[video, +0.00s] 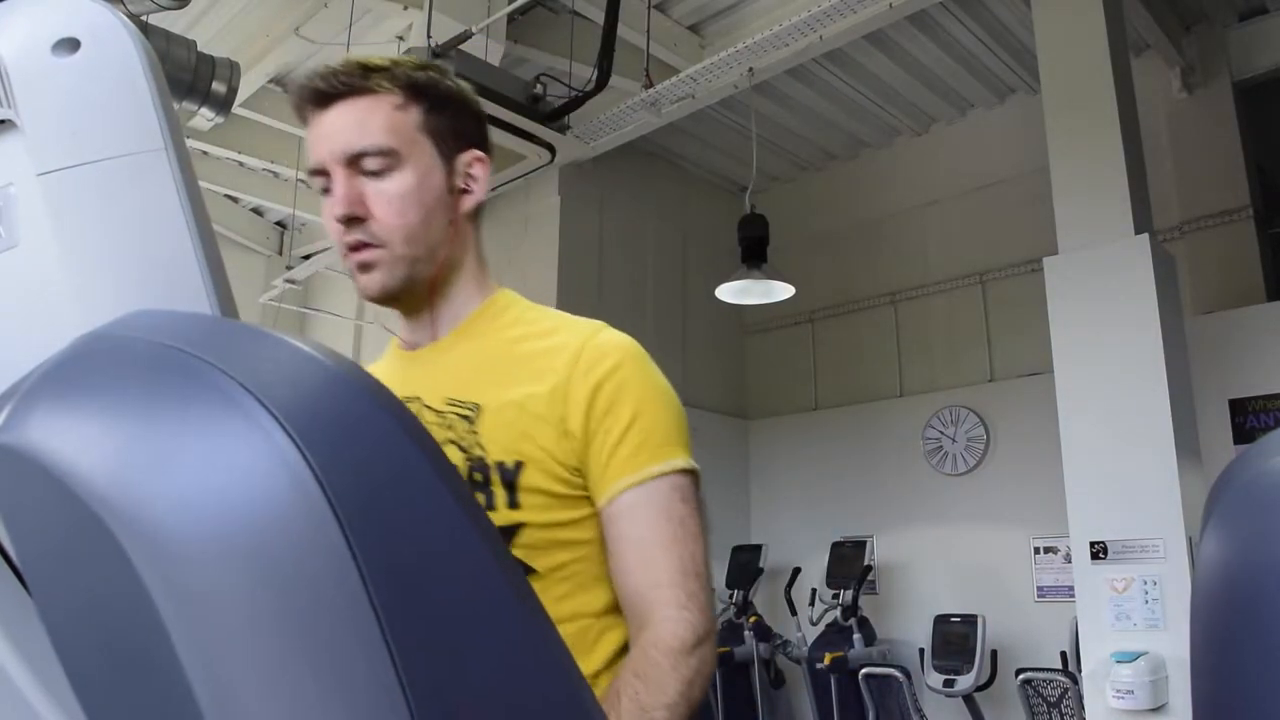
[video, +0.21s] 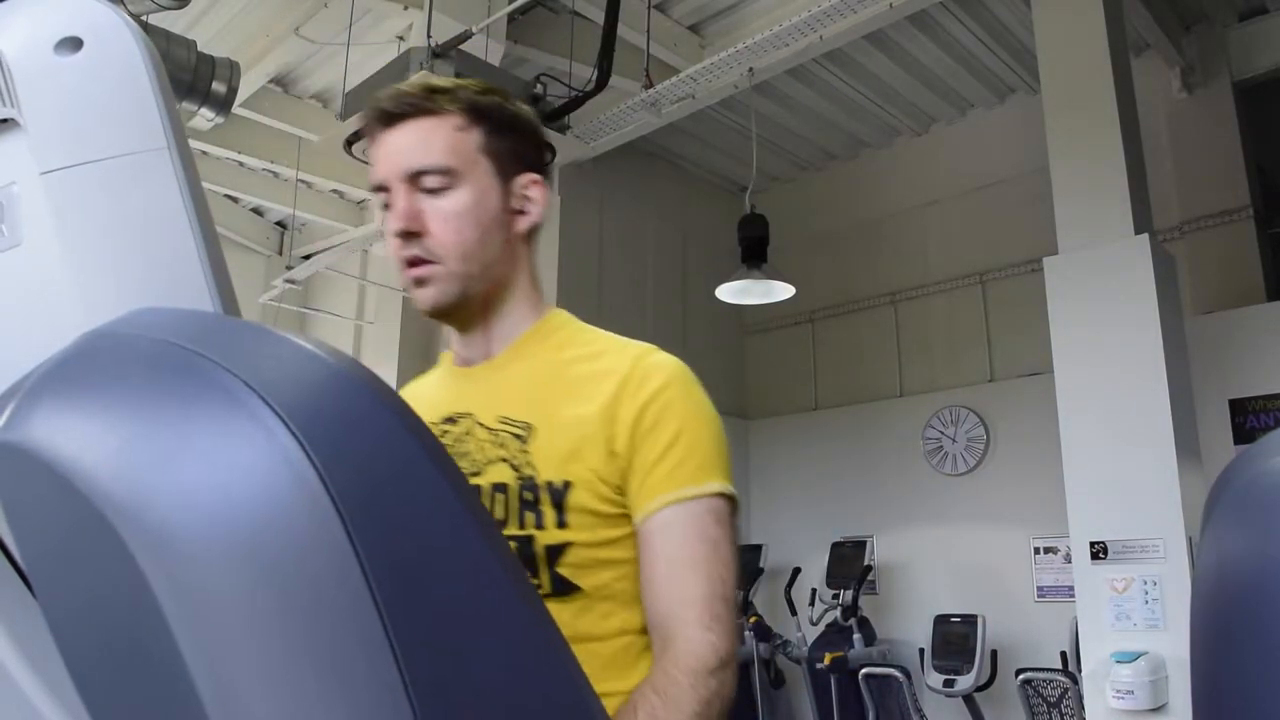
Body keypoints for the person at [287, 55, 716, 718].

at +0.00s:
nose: (340, 210)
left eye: (375, 170)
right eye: (324, 185)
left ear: (468, 181)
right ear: (318, 203)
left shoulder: (597, 369)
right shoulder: (353, 404)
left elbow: (676, 645)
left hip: (579, 701)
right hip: (410, 704)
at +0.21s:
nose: (398, 224)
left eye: (433, 187)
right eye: (384, 200)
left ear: (524, 204)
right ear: (378, 218)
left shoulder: (645, 388)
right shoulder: (394, 420)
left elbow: (697, 664)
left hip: (600, 703)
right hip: (436, 705)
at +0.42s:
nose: (467, 226)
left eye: (504, 194)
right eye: (455, 205)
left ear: (591, 217)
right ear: (447, 224)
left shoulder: (702, 404)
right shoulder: (450, 426)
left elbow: (723, 680)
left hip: (635, 703)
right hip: (469, 703)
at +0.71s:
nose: (555, 225)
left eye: (589, 195)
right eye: (545, 203)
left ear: (669, 216)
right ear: (537, 221)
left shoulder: (760, 391)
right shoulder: (515, 416)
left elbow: (749, 648)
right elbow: (424, 579)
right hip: (537, 701)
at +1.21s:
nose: (495, 238)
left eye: (529, 211)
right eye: (482, 223)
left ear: (607, 237)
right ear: (474, 248)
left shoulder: (708, 410)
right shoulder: (452, 445)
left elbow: (788, 655)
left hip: (677, 703)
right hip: (499, 704)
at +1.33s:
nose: (457, 249)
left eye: (489, 219)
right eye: (445, 231)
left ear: (570, 240)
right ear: (438, 255)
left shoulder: (672, 412)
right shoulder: (440, 440)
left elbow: (715, 687)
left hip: (633, 704)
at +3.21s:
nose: (472, 246)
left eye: (503, 218)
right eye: (460, 230)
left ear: (579, 240)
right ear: (453, 253)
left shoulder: (680, 399)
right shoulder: (440, 433)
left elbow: (724, 636)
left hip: (640, 705)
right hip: (472, 704)